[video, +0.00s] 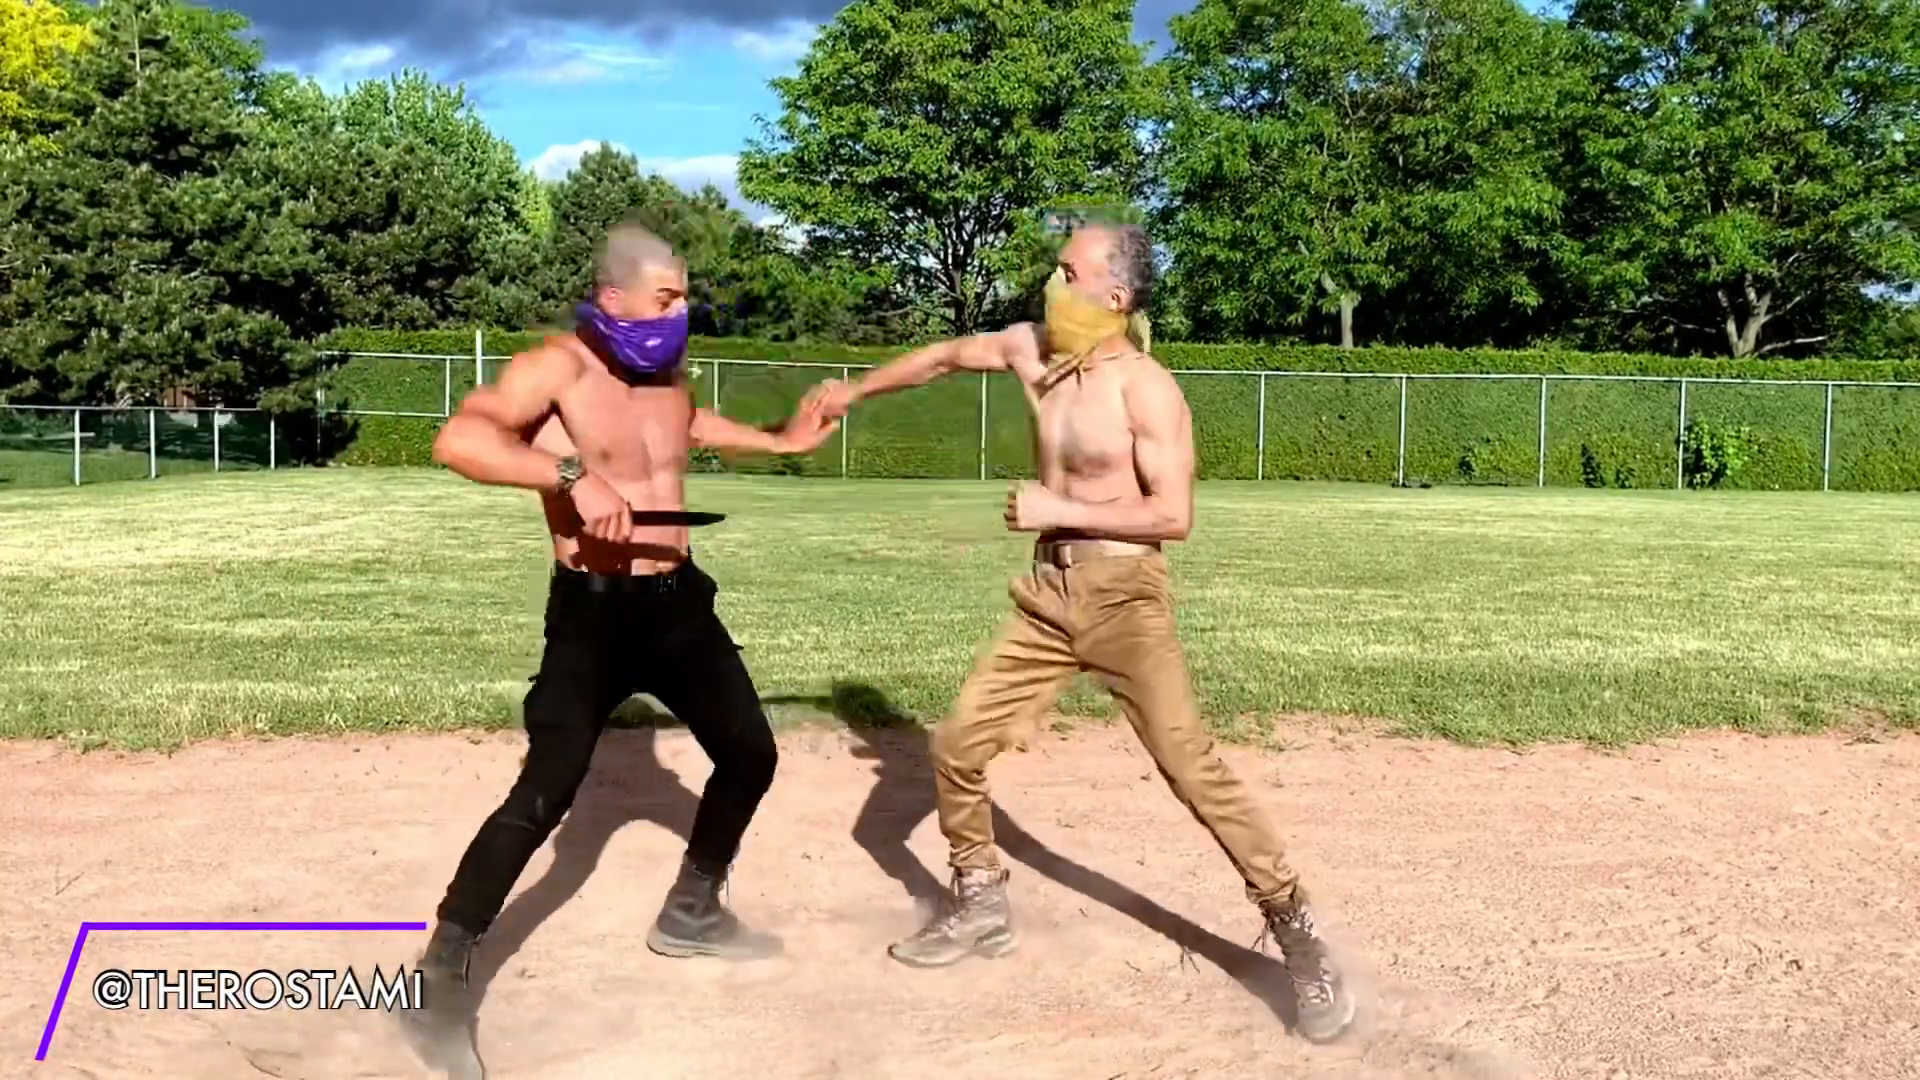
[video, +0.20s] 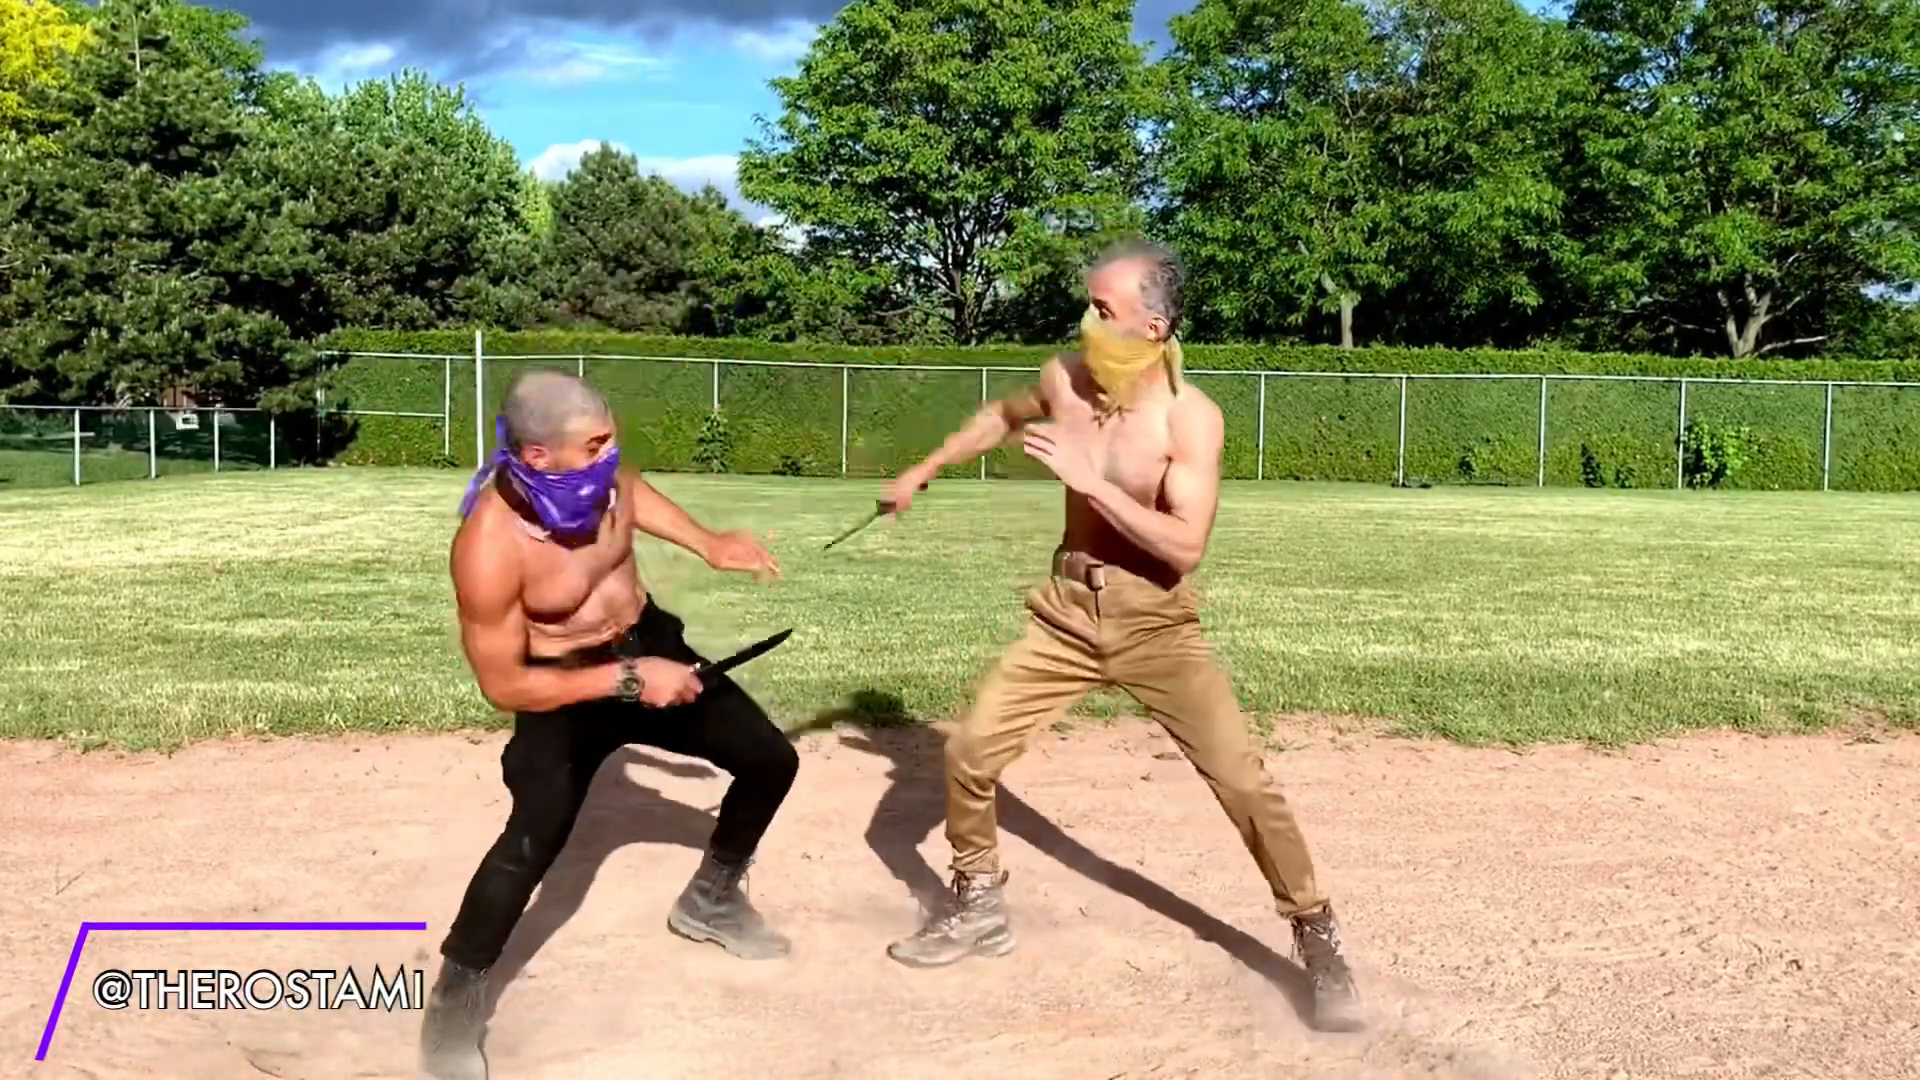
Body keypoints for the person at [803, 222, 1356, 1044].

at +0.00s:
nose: (1054, 276)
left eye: (1070, 267)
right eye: (1058, 263)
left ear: (1116, 290)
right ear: (1083, 284)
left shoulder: (1147, 386)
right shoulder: (1034, 350)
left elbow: (1173, 517)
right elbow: (942, 356)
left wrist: (1058, 510)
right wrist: (852, 390)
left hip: (1129, 600)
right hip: (1049, 595)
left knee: (1188, 764)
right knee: (958, 747)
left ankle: (1298, 936)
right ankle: (978, 905)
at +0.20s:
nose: (1089, 323)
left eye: (1107, 312)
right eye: (1088, 308)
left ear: (1157, 326)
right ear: (1088, 307)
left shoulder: (1194, 419)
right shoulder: (1066, 379)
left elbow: (1186, 545)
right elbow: (1005, 415)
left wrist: (1091, 484)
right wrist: (923, 469)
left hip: (1160, 628)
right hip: (1065, 616)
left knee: (1244, 784)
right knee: (969, 750)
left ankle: (1319, 944)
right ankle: (978, 905)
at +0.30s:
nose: (1087, 307)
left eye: (1102, 295)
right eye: (1086, 292)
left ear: (1155, 303)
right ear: (1106, 297)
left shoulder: (1206, 397)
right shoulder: (1091, 383)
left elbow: (1188, 523)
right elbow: (1058, 468)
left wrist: (1096, 438)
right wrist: (1008, 520)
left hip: (1188, 617)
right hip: (1096, 608)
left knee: (1255, 785)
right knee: (1005, 755)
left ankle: (1323, 947)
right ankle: (985, 908)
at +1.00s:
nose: (1045, 322)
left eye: (1058, 308)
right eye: (1044, 309)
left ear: (1111, 309)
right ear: (1078, 316)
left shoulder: (1153, 389)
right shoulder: (1099, 410)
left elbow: (1094, 432)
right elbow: (1088, 506)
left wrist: (1025, 366)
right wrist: (1020, 557)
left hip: (1191, 630)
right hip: (1119, 628)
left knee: (1245, 815)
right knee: (1009, 756)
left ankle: (1344, 948)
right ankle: (984, 913)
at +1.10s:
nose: (1038, 319)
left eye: (1046, 302)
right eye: (1036, 303)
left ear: (1094, 304)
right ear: (1092, 311)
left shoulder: (1129, 367)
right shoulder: (1114, 391)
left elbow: (1060, 333)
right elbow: (1199, 455)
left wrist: (979, 276)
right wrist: (1162, 547)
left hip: (1178, 623)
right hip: (1112, 623)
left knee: (1237, 811)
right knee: (1002, 754)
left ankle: (1348, 943)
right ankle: (985, 914)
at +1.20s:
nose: (1092, 283)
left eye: (1106, 265)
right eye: (1090, 268)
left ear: (1146, 278)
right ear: (1116, 280)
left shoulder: (1158, 354)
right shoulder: (1153, 367)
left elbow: (1137, 303)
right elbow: (1236, 424)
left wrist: (1073, 211)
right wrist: (1200, 517)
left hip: (1166, 597)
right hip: (1114, 598)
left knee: (1223, 797)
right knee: (1024, 756)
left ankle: (1339, 943)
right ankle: (988, 913)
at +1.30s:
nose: (1138, 301)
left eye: (1153, 286)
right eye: (1139, 290)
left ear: (1196, 288)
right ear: (1179, 294)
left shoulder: (1204, 353)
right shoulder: (1181, 372)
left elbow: (1202, 365)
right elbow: (1236, 474)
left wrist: (1137, 264)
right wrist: (1161, 519)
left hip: (1172, 595)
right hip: (1124, 593)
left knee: (1208, 795)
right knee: (1047, 755)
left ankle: (1330, 948)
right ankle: (995, 914)